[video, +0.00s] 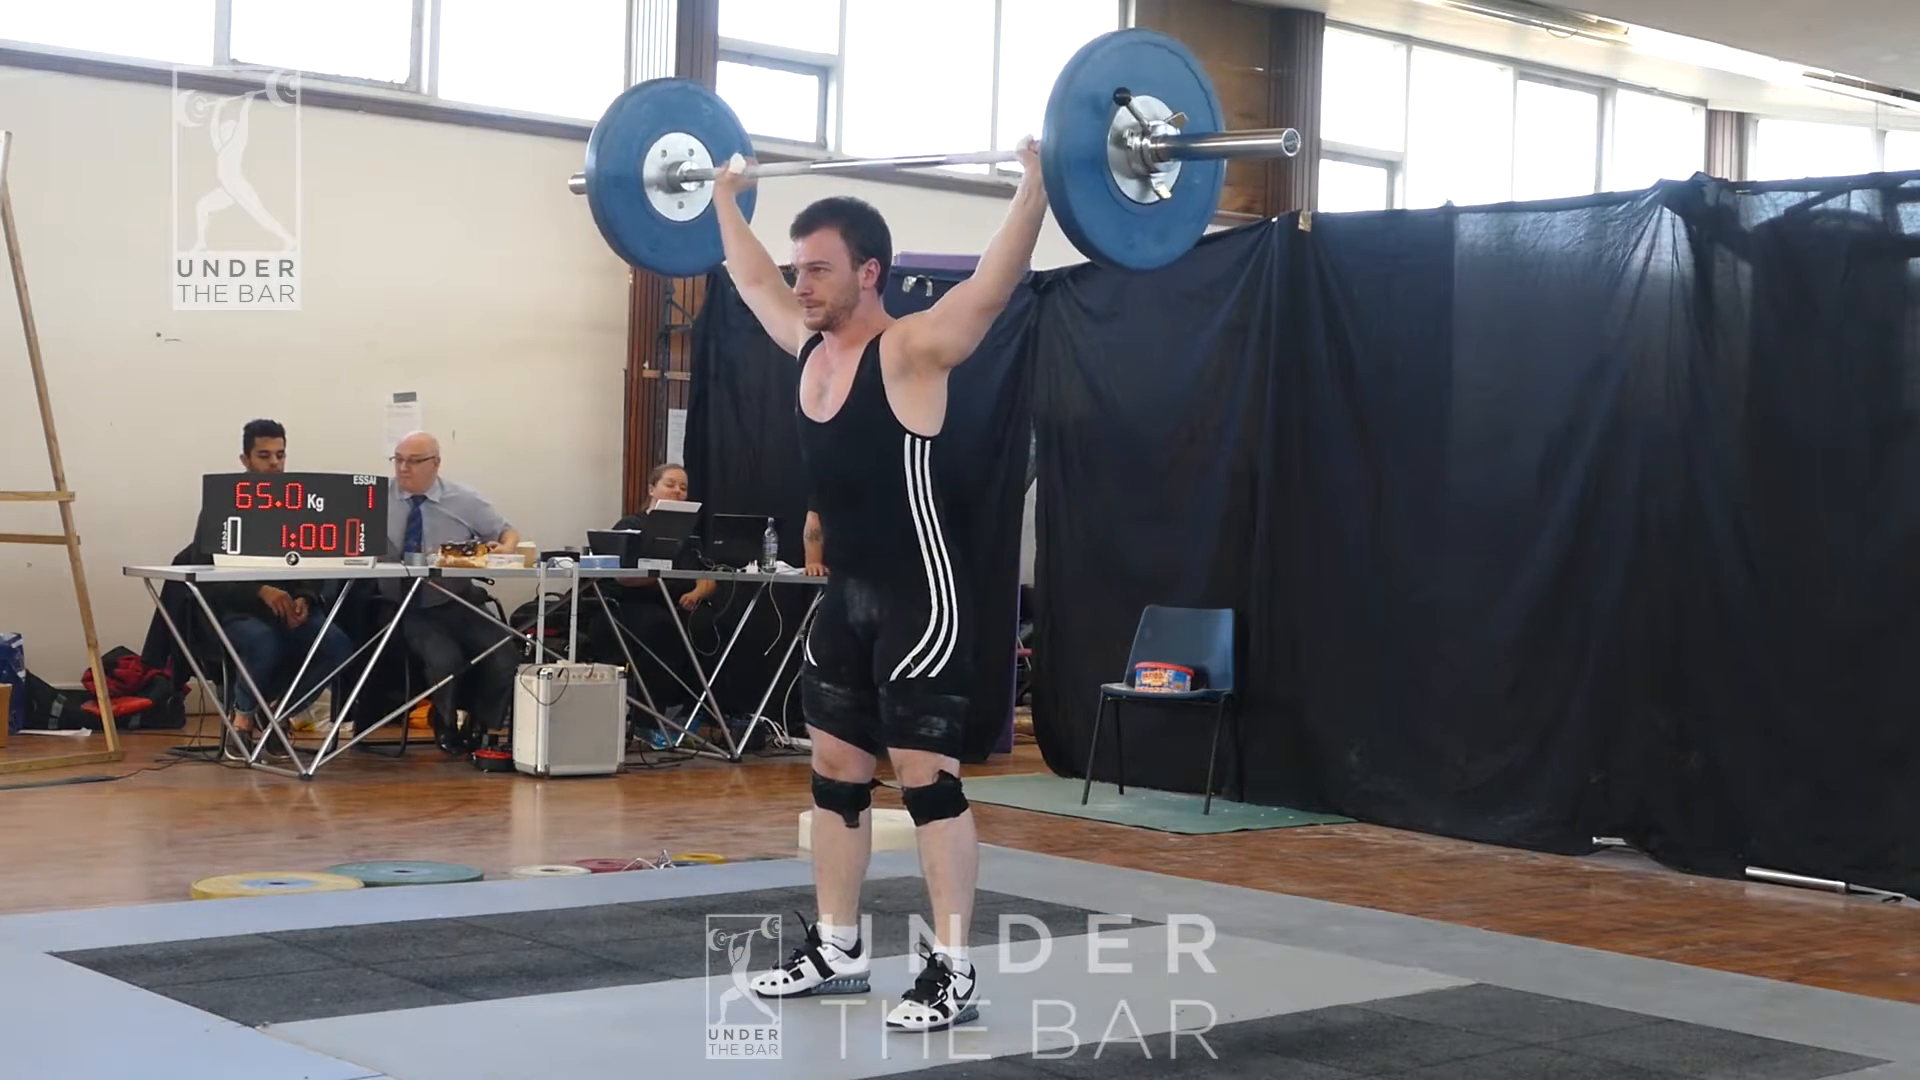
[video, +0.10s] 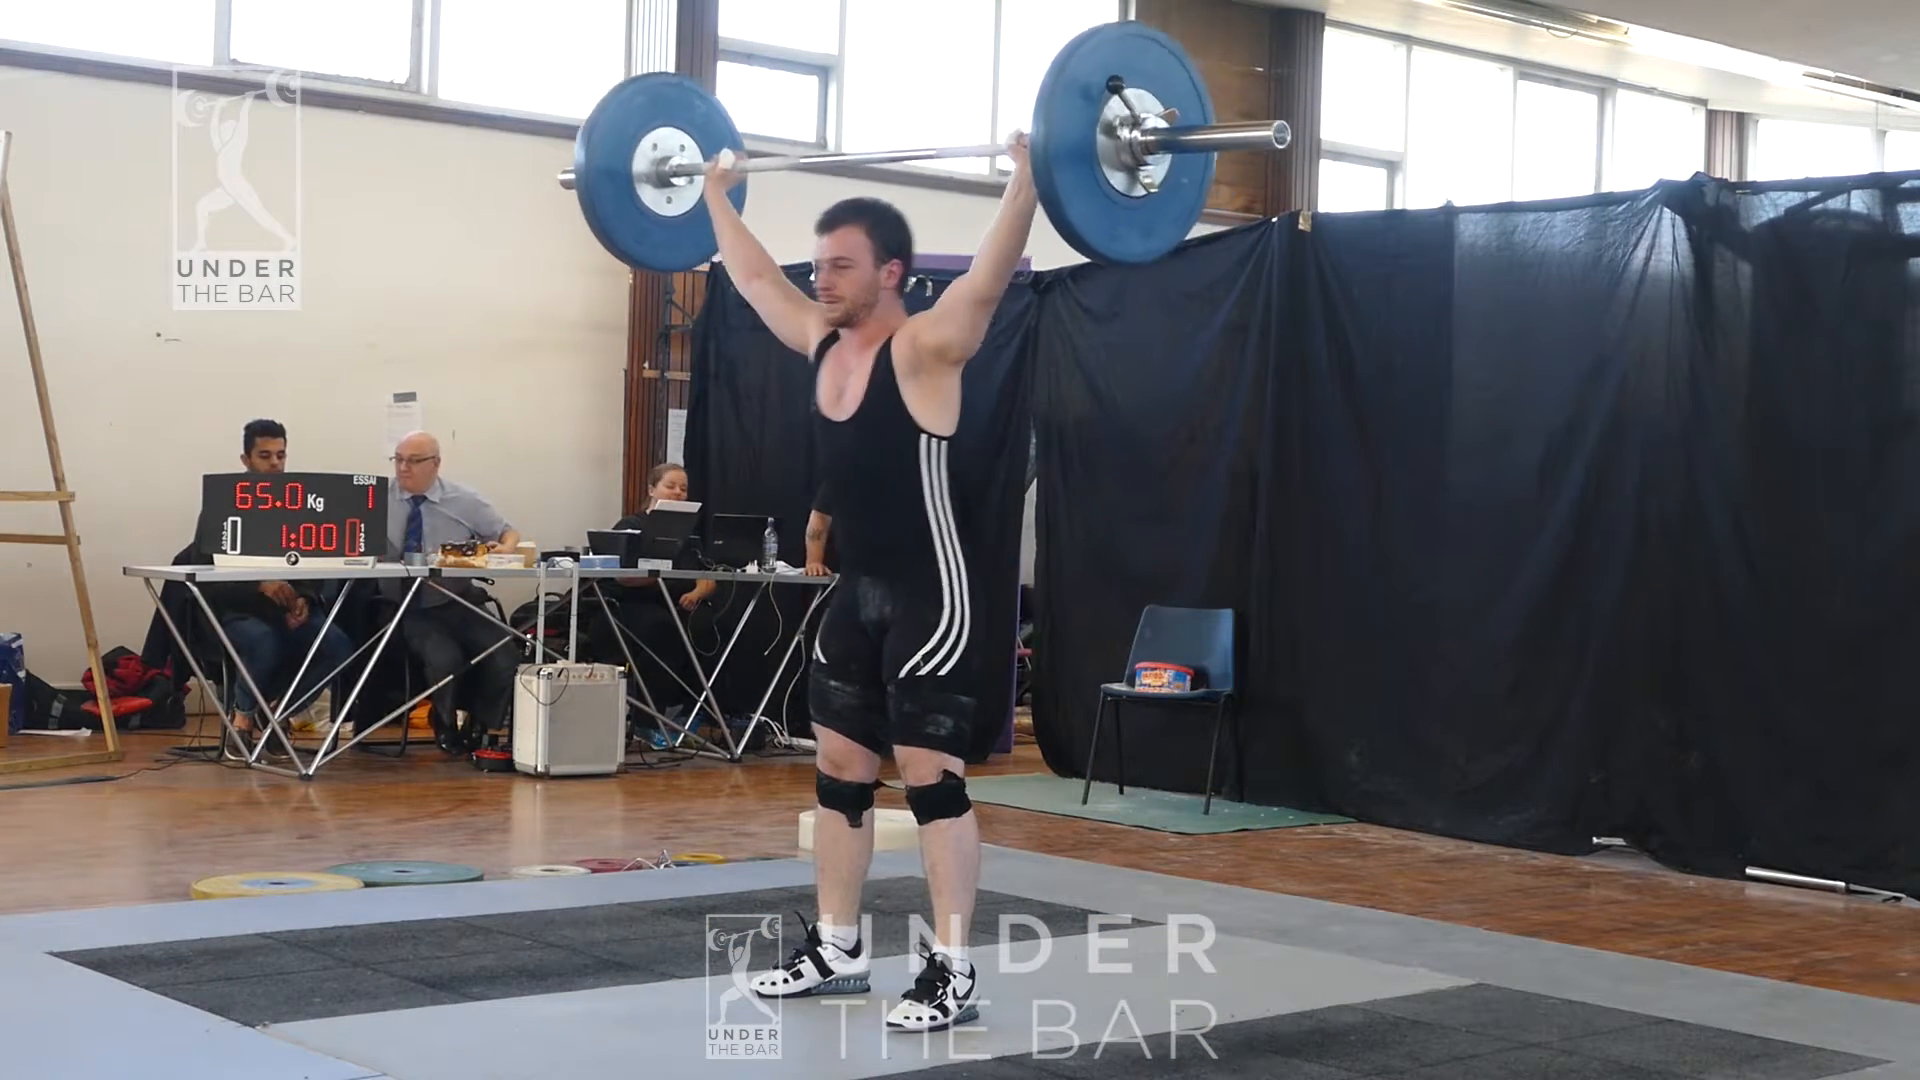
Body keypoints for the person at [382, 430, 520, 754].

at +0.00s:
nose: (403, 468)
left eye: (413, 461)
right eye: (398, 460)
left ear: (435, 465)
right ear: (392, 461)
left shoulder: (462, 500)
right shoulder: (380, 500)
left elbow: (509, 533)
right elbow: (349, 535)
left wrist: (504, 546)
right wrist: (369, 554)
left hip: (459, 601)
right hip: (405, 605)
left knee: (504, 657)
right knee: (445, 659)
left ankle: (479, 727)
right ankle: (445, 723)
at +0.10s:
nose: (403, 468)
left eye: (413, 461)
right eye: (398, 460)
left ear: (435, 465)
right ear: (393, 461)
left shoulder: (462, 501)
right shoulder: (381, 500)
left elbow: (510, 534)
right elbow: (350, 535)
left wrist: (504, 546)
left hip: (459, 601)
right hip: (405, 605)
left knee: (504, 657)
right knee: (444, 658)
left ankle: (478, 727)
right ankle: (444, 722)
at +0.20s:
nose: (403, 467)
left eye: (413, 461)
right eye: (398, 460)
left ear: (435, 464)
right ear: (392, 461)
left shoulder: (462, 501)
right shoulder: (381, 501)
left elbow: (510, 534)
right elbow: (350, 535)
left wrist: (504, 547)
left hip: (459, 602)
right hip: (405, 606)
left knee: (504, 657)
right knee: (444, 658)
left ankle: (478, 728)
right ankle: (444, 722)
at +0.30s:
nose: (402, 466)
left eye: (412, 460)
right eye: (397, 459)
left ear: (434, 463)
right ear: (392, 461)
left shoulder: (461, 500)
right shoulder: (381, 501)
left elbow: (509, 534)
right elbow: (350, 535)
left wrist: (504, 547)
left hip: (459, 602)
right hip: (404, 605)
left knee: (504, 657)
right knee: (444, 658)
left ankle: (478, 728)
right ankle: (444, 722)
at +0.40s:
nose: (402, 466)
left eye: (413, 459)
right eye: (397, 459)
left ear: (433, 463)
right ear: (391, 461)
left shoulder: (461, 501)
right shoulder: (379, 501)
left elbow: (508, 534)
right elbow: (348, 535)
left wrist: (504, 547)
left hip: (458, 602)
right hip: (405, 606)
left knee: (504, 654)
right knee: (445, 658)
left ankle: (479, 726)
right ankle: (444, 721)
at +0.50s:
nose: (401, 466)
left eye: (411, 460)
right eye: (396, 459)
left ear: (432, 463)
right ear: (391, 461)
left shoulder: (460, 501)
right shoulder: (379, 501)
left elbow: (508, 532)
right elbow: (348, 535)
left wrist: (504, 547)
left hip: (459, 602)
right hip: (406, 607)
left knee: (505, 655)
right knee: (445, 658)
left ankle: (480, 726)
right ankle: (444, 720)